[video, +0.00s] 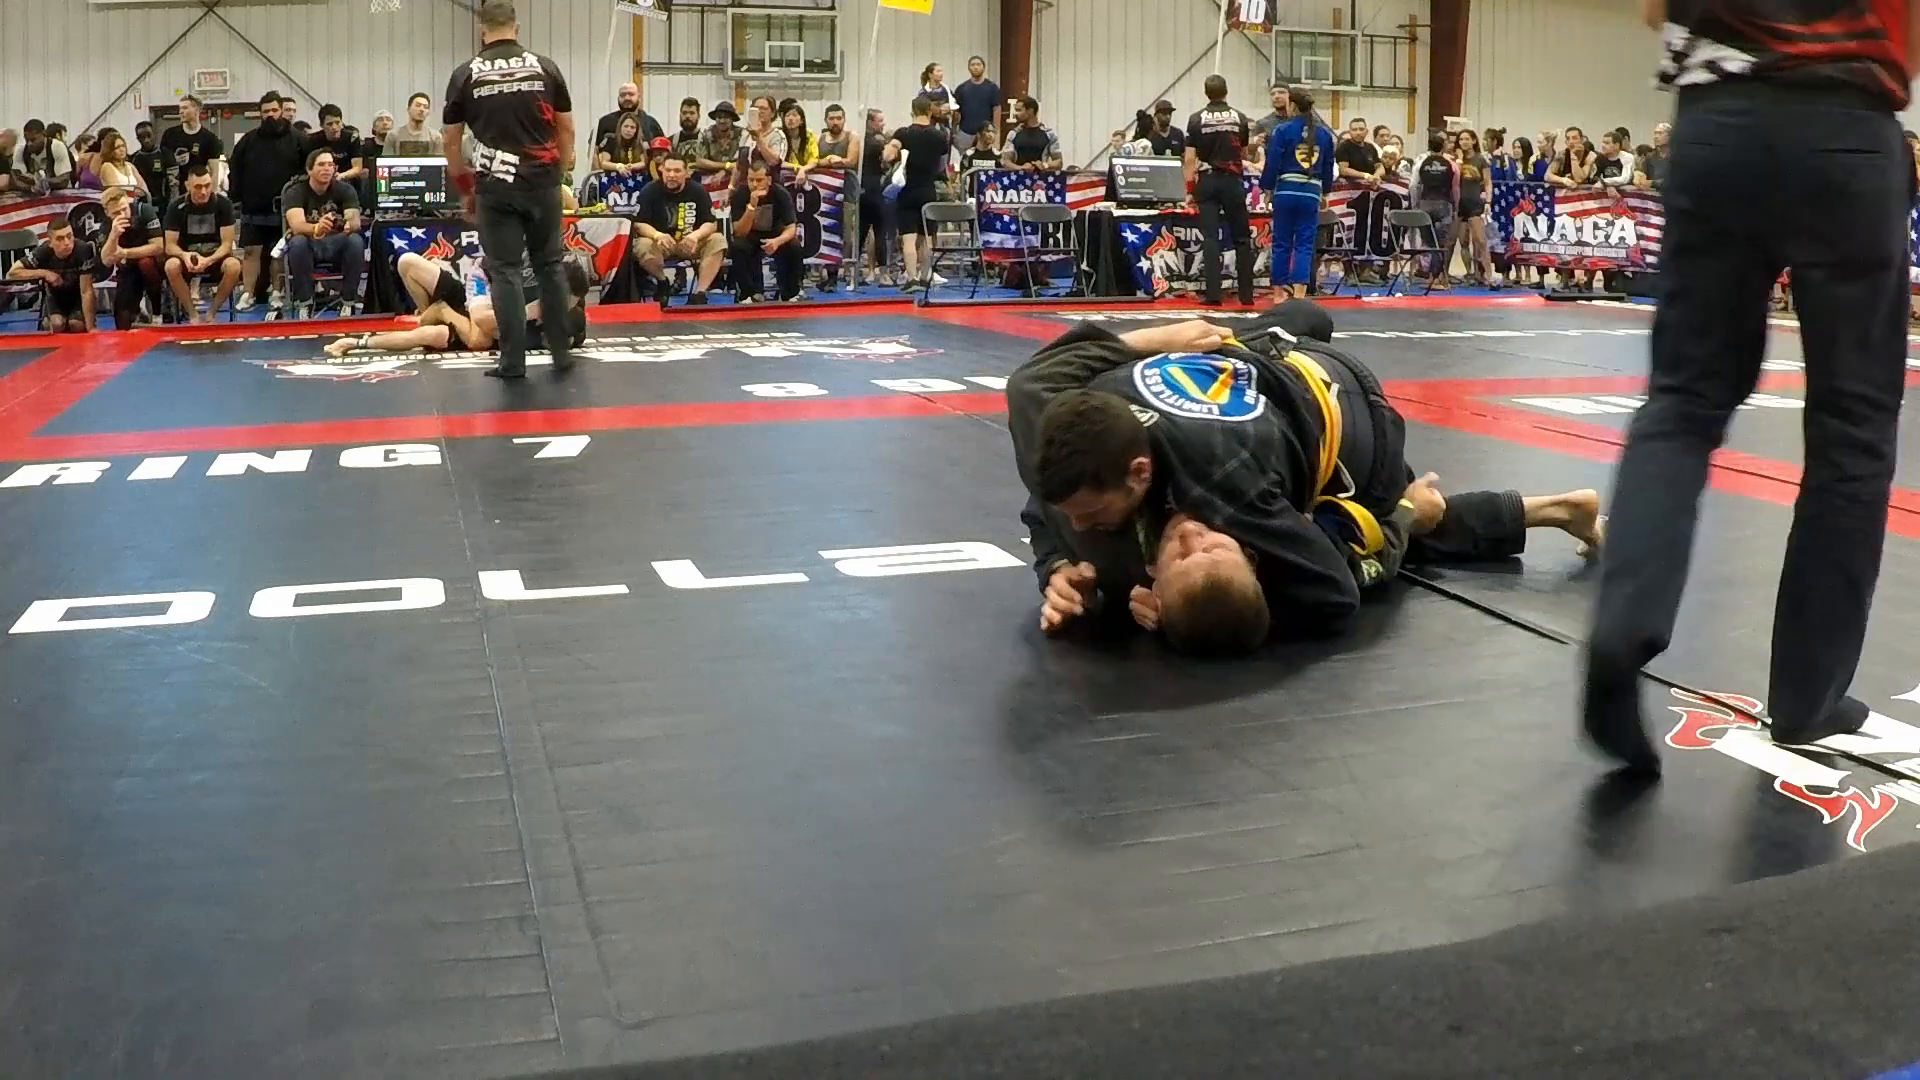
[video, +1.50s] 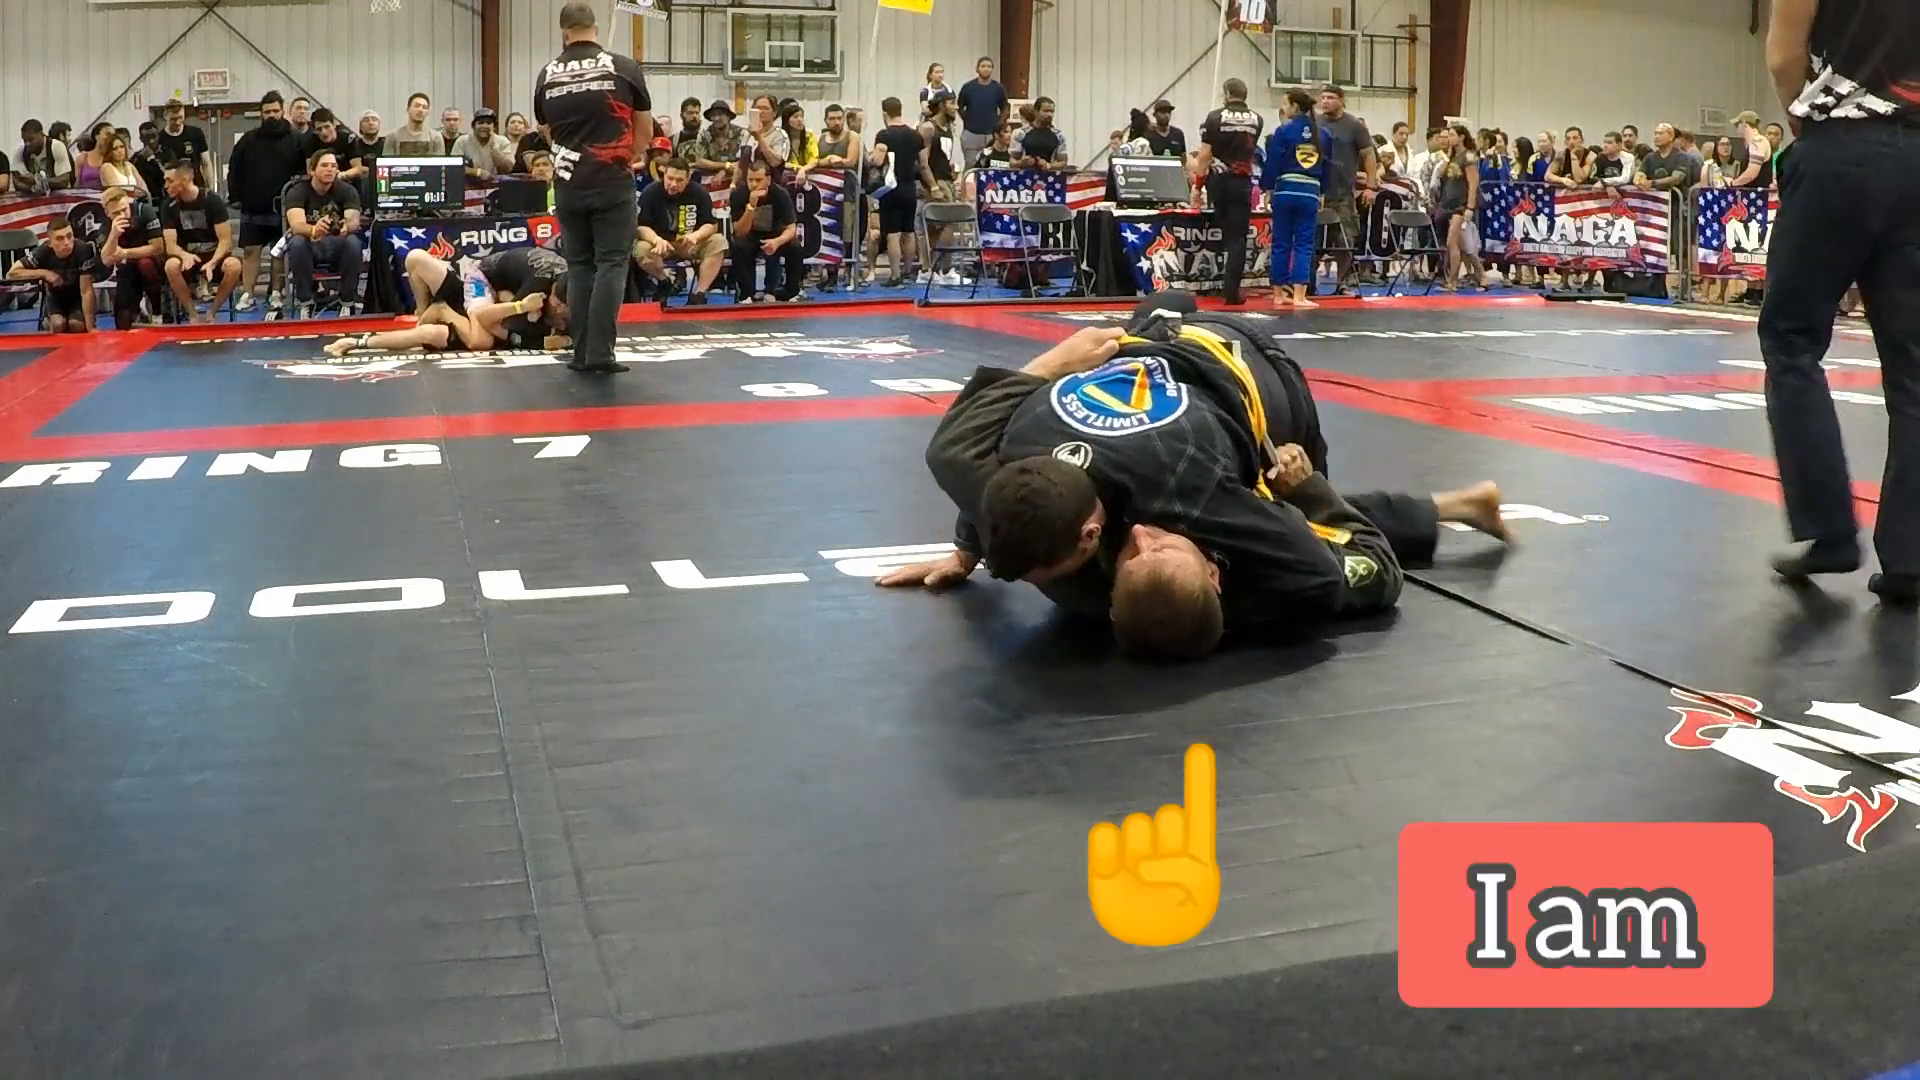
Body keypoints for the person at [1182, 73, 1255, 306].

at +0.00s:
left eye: (1208, 91)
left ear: (1206, 93)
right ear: (1226, 92)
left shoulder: (1196, 119)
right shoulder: (1240, 118)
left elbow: (1189, 158)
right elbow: (1245, 151)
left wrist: (1189, 190)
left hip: (1207, 179)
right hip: (1233, 179)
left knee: (1210, 238)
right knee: (1242, 238)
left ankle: (1213, 294)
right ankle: (1246, 295)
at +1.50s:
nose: (1226, 96)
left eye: (1225, 93)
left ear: (1226, 95)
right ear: (1245, 96)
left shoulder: (1214, 117)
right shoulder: (1256, 119)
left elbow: (1204, 155)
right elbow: (1250, 149)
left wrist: (1197, 185)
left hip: (1218, 178)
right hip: (1242, 180)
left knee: (1230, 233)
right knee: (1238, 237)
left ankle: (1233, 285)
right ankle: (1232, 292)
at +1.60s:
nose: (1223, 98)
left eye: (1224, 95)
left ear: (1226, 96)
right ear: (1245, 96)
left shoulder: (1214, 119)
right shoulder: (1256, 120)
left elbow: (1205, 157)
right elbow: (1251, 148)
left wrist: (1197, 186)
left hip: (1218, 179)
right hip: (1242, 181)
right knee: (1237, 238)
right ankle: (1231, 292)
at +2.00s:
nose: (1216, 99)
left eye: (1217, 96)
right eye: (1217, 96)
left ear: (1222, 97)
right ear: (1239, 96)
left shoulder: (1216, 122)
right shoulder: (1255, 118)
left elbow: (1208, 159)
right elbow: (1256, 149)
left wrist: (1198, 186)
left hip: (1220, 179)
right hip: (1245, 181)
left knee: (1212, 200)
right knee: (1239, 238)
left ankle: (1231, 228)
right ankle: (1232, 293)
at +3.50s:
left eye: (1239, 94)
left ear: (1237, 97)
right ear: (1257, 98)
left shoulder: (1224, 117)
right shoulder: (1265, 125)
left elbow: (1217, 139)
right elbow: (1267, 147)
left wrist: (1224, 110)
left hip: (1224, 176)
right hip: (1247, 181)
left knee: (1210, 198)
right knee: (1241, 238)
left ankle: (1231, 219)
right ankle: (1231, 292)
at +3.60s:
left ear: (1238, 98)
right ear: (1257, 99)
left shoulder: (1224, 118)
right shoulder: (1265, 126)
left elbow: (1216, 138)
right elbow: (1264, 148)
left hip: (1222, 178)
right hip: (1247, 183)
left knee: (1210, 198)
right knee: (1240, 239)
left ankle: (1232, 219)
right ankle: (1231, 292)